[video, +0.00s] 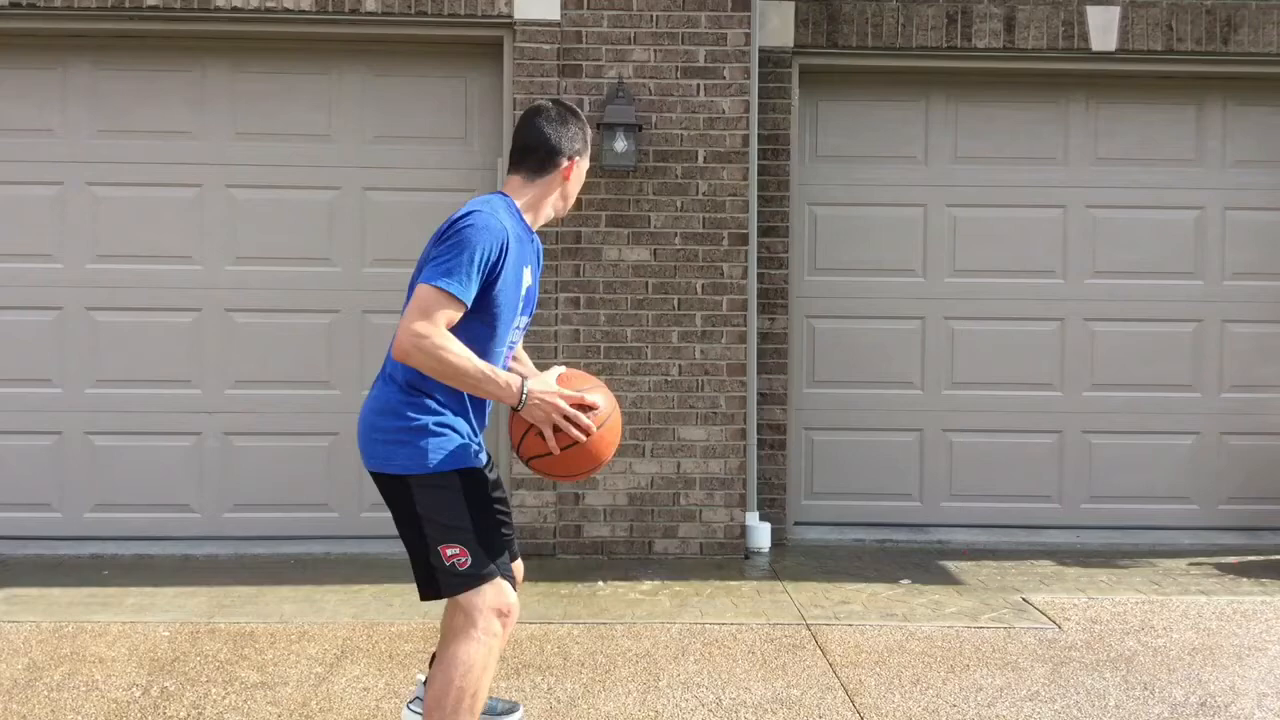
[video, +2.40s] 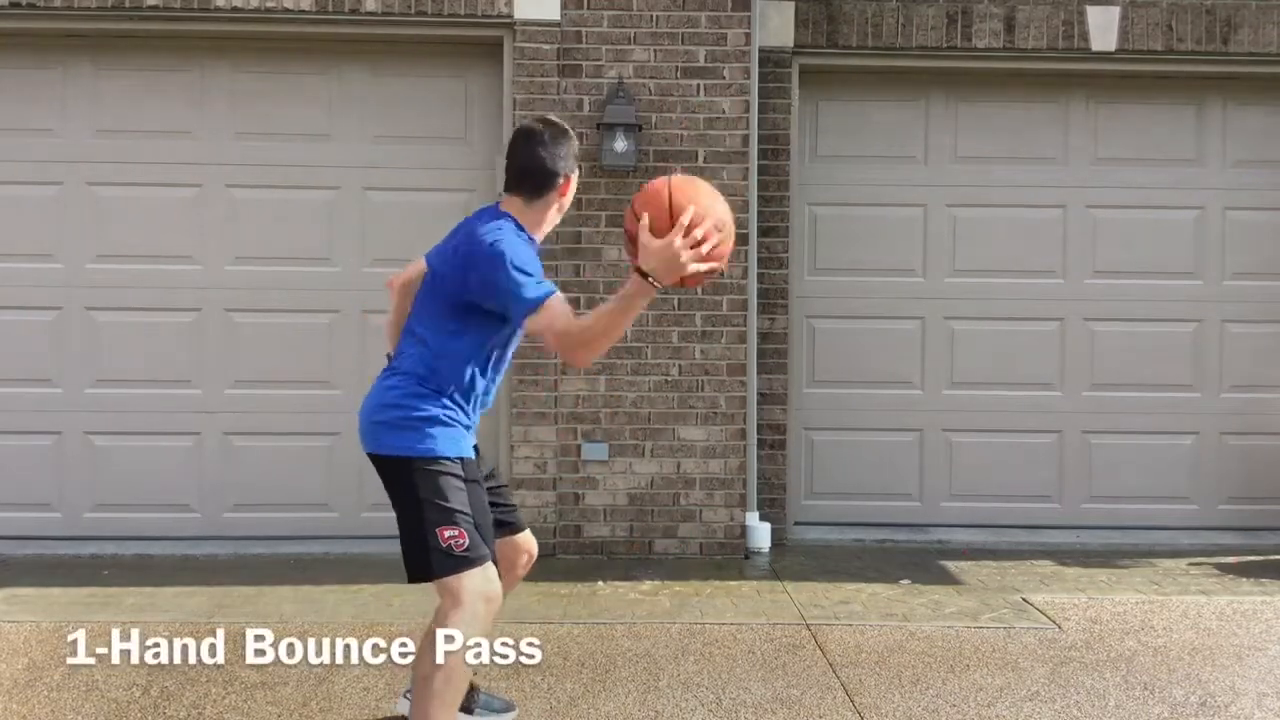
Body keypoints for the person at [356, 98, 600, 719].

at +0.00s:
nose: (582, 186)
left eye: (585, 172)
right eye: (585, 171)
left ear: (520, 158)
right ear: (569, 170)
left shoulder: (525, 246)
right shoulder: (484, 225)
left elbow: (502, 344)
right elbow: (415, 337)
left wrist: (545, 391)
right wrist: (517, 392)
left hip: (453, 432)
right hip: (418, 433)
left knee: (503, 579)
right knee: (486, 608)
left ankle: (443, 692)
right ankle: (449, 713)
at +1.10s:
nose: (559, 202)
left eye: (562, 191)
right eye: (563, 190)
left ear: (499, 173)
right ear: (553, 191)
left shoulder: (491, 246)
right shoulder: (471, 239)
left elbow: (453, 342)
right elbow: (458, 346)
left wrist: (494, 398)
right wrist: (541, 288)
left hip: (426, 425)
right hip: (388, 424)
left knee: (495, 552)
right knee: (457, 589)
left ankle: (442, 684)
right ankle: (411, 711)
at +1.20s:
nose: (564, 203)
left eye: (565, 193)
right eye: (567, 192)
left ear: (501, 178)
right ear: (557, 196)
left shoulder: (482, 240)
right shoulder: (477, 246)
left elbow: (424, 329)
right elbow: (499, 361)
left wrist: (454, 396)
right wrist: (562, 289)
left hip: (427, 424)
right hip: (394, 426)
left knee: (498, 549)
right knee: (458, 587)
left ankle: (441, 683)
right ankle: (409, 711)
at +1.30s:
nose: (559, 209)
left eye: (561, 198)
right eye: (562, 198)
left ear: (497, 181)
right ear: (552, 201)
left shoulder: (459, 233)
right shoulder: (494, 264)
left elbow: (398, 321)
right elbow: (533, 393)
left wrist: (444, 395)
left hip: (414, 424)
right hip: (397, 432)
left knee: (496, 545)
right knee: (458, 594)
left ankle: (442, 682)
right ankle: (410, 711)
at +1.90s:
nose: (547, 177)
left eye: (543, 168)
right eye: (546, 169)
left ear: (479, 172)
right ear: (538, 178)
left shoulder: (439, 229)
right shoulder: (523, 249)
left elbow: (377, 328)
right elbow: (575, 360)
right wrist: (613, 330)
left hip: (383, 420)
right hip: (424, 426)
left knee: (501, 542)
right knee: (485, 594)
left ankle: (431, 691)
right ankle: (439, 711)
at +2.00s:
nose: (544, 166)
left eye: (541, 156)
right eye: (543, 157)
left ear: (477, 160)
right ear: (533, 165)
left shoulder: (440, 220)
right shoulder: (522, 235)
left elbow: (383, 319)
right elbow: (614, 313)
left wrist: (449, 406)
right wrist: (659, 256)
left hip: (387, 416)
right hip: (425, 425)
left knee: (494, 542)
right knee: (483, 593)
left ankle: (431, 693)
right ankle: (436, 712)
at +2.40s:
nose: (573, 192)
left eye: (571, 181)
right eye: (574, 181)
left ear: (509, 173)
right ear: (566, 187)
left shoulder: (484, 230)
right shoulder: (499, 245)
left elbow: (404, 283)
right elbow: (576, 345)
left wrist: (405, 363)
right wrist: (648, 278)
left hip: (440, 425)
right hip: (418, 426)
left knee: (513, 551)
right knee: (475, 591)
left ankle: (430, 689)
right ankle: (432, 710)